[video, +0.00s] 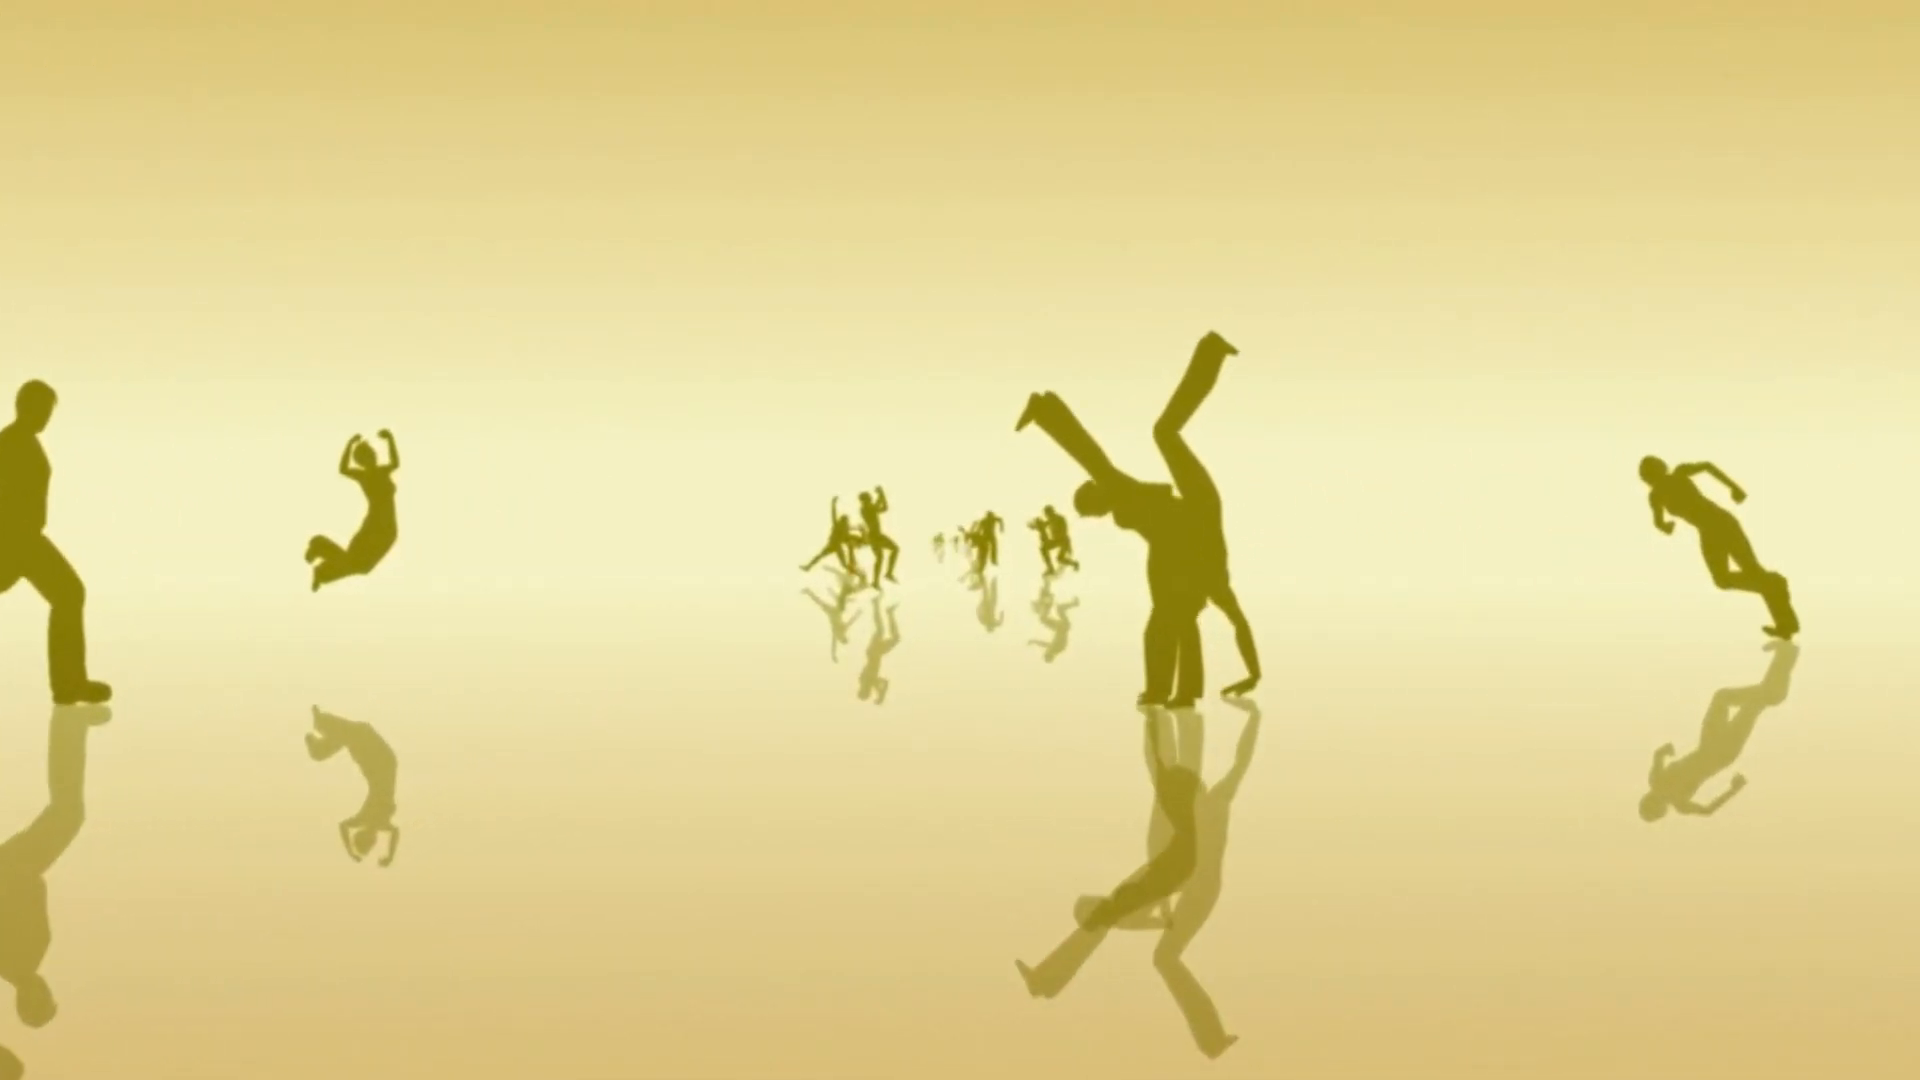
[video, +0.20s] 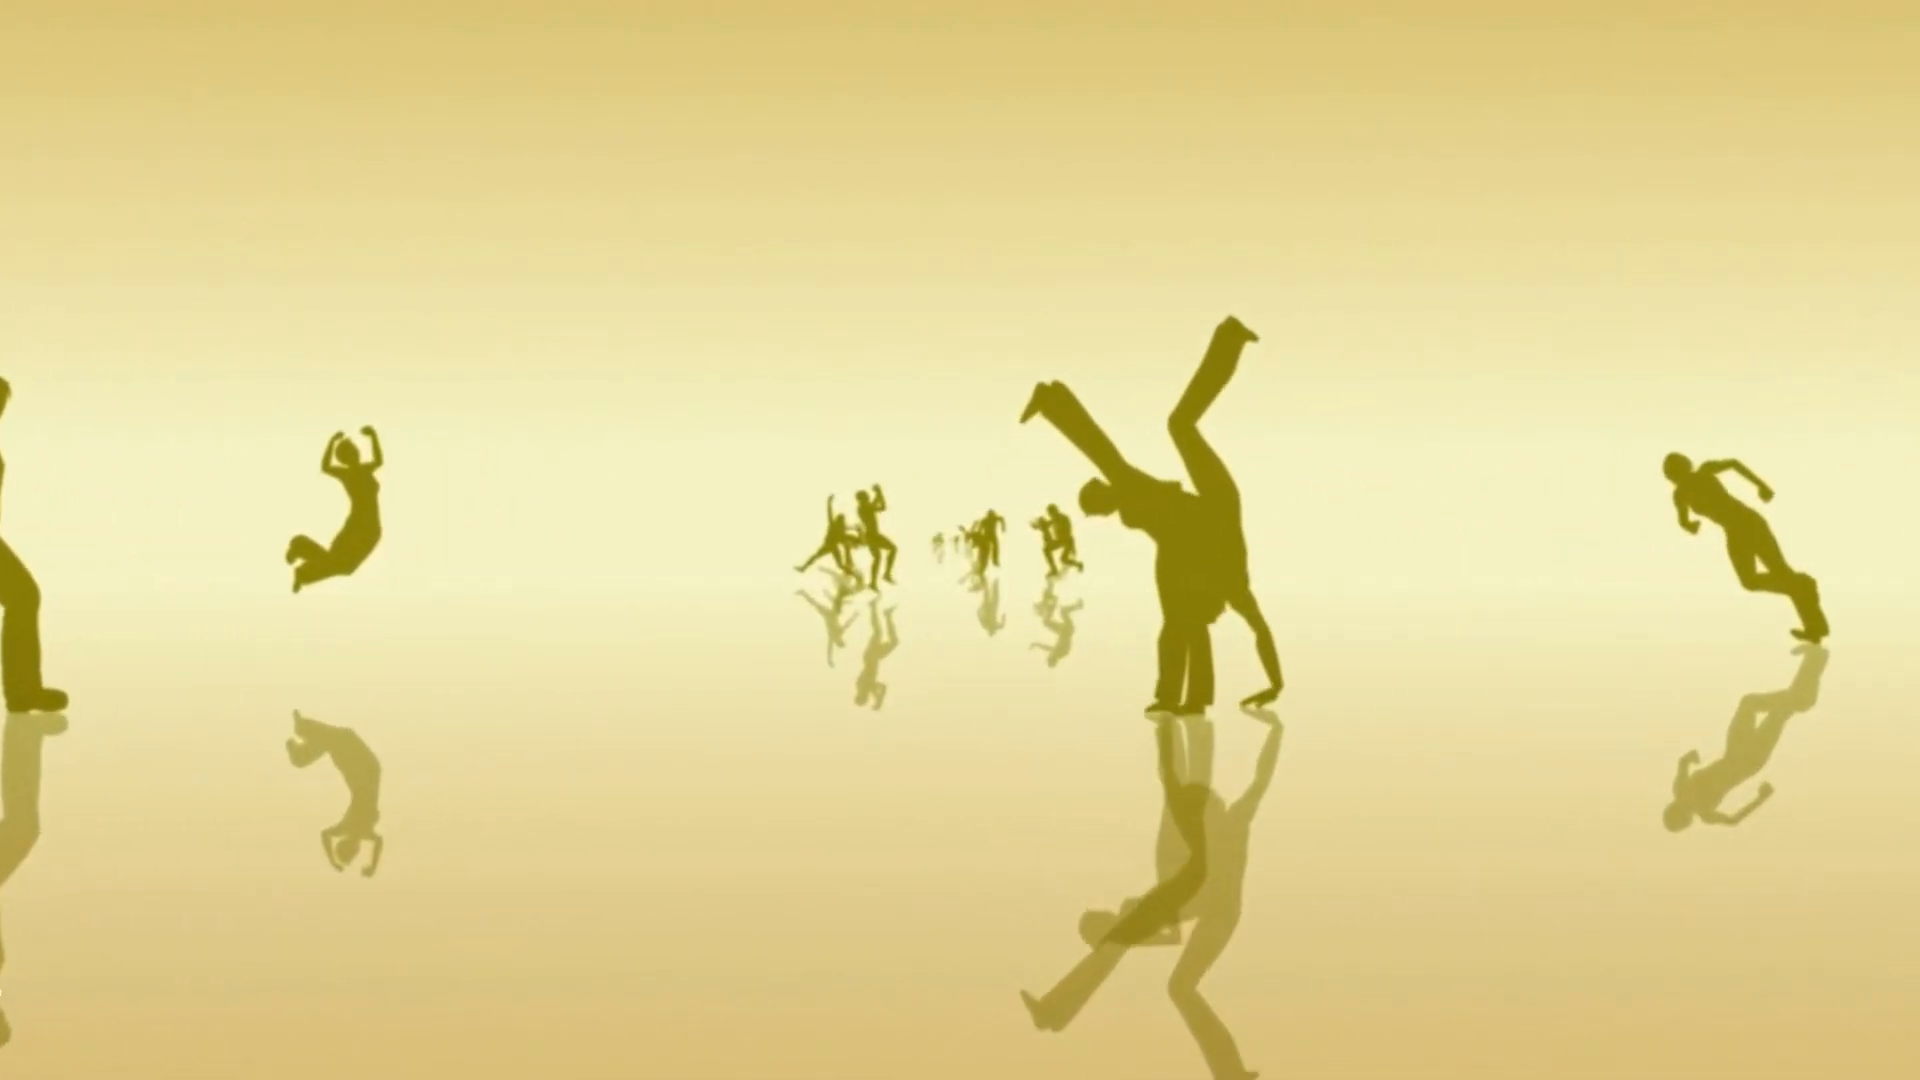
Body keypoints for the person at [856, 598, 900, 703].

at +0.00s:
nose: (866, 696)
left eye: (864, 695)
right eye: (865, 696)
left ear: (862, 690)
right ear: (865, 691)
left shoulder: (867, 679)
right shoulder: (871, 680)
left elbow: (884, 682)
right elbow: (883, 683)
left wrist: (880, 697)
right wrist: (880, 697)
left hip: (872, 650)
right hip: (879, 651)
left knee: (880, 630)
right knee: (896, 639)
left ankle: (875, 603)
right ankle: (891, 613)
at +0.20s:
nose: (863, 701)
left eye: (862, 701)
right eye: (862, 702)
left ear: (860, 694)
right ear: (862, 695)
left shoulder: (864, 683)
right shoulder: (869, 686)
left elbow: (882, 688)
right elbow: (881, 688)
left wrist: (878, 703)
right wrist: (878, 703)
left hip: (870, 654)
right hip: (877, 655)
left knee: (877, 632)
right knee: (894, 642)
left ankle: (873, 606)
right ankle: (888, 616)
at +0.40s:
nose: (862, 707)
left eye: (860, 707)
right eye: (860, 707)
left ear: (857, 701)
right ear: (859, 702)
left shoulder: (860, 689)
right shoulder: (866, 691)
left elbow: (879, 693)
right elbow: (879, 693)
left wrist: (876, 708)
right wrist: (876, 708)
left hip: (867, 660)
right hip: (874, 660)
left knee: (874, 636)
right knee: (892, 645)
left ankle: (870, 608)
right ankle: (886, 618)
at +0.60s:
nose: (858, 713)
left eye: (856, 713)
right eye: (857, 714)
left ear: (853, 707)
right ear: (856, 708)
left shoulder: (856, 694)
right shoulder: (863, 696)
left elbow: (876, 698)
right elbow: (876, 699)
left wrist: (873, 714)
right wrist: (873, 714)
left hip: (863, 664)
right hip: (871, 665)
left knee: (871, 640)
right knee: (890, 650)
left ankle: (867, 611)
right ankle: (884, 622)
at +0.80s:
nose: (855, 719)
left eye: (853, 719)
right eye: (854, 719)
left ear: (849, 713)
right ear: (851, 714)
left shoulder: (854, 699)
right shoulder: (859, 701)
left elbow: (875, 702)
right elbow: (873, 703)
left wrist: (870, 720)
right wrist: (870, 720)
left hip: (860, 668)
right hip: (868, 669)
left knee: (869, 642)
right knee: (888, 654)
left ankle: (864, 613)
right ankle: (881, 625)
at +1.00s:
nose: (852, 725)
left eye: (850, 725)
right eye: (851, 725)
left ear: (845, 720)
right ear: (848, 721)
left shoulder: (849, 706)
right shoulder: (855, 708)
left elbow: (871, 710)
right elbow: (871, 711)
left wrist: (867, 728)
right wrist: (867, 728)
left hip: (857, 672)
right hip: (864, 674)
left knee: (865, 646)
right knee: (885, 658)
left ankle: (861, 616)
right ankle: (878, 628)